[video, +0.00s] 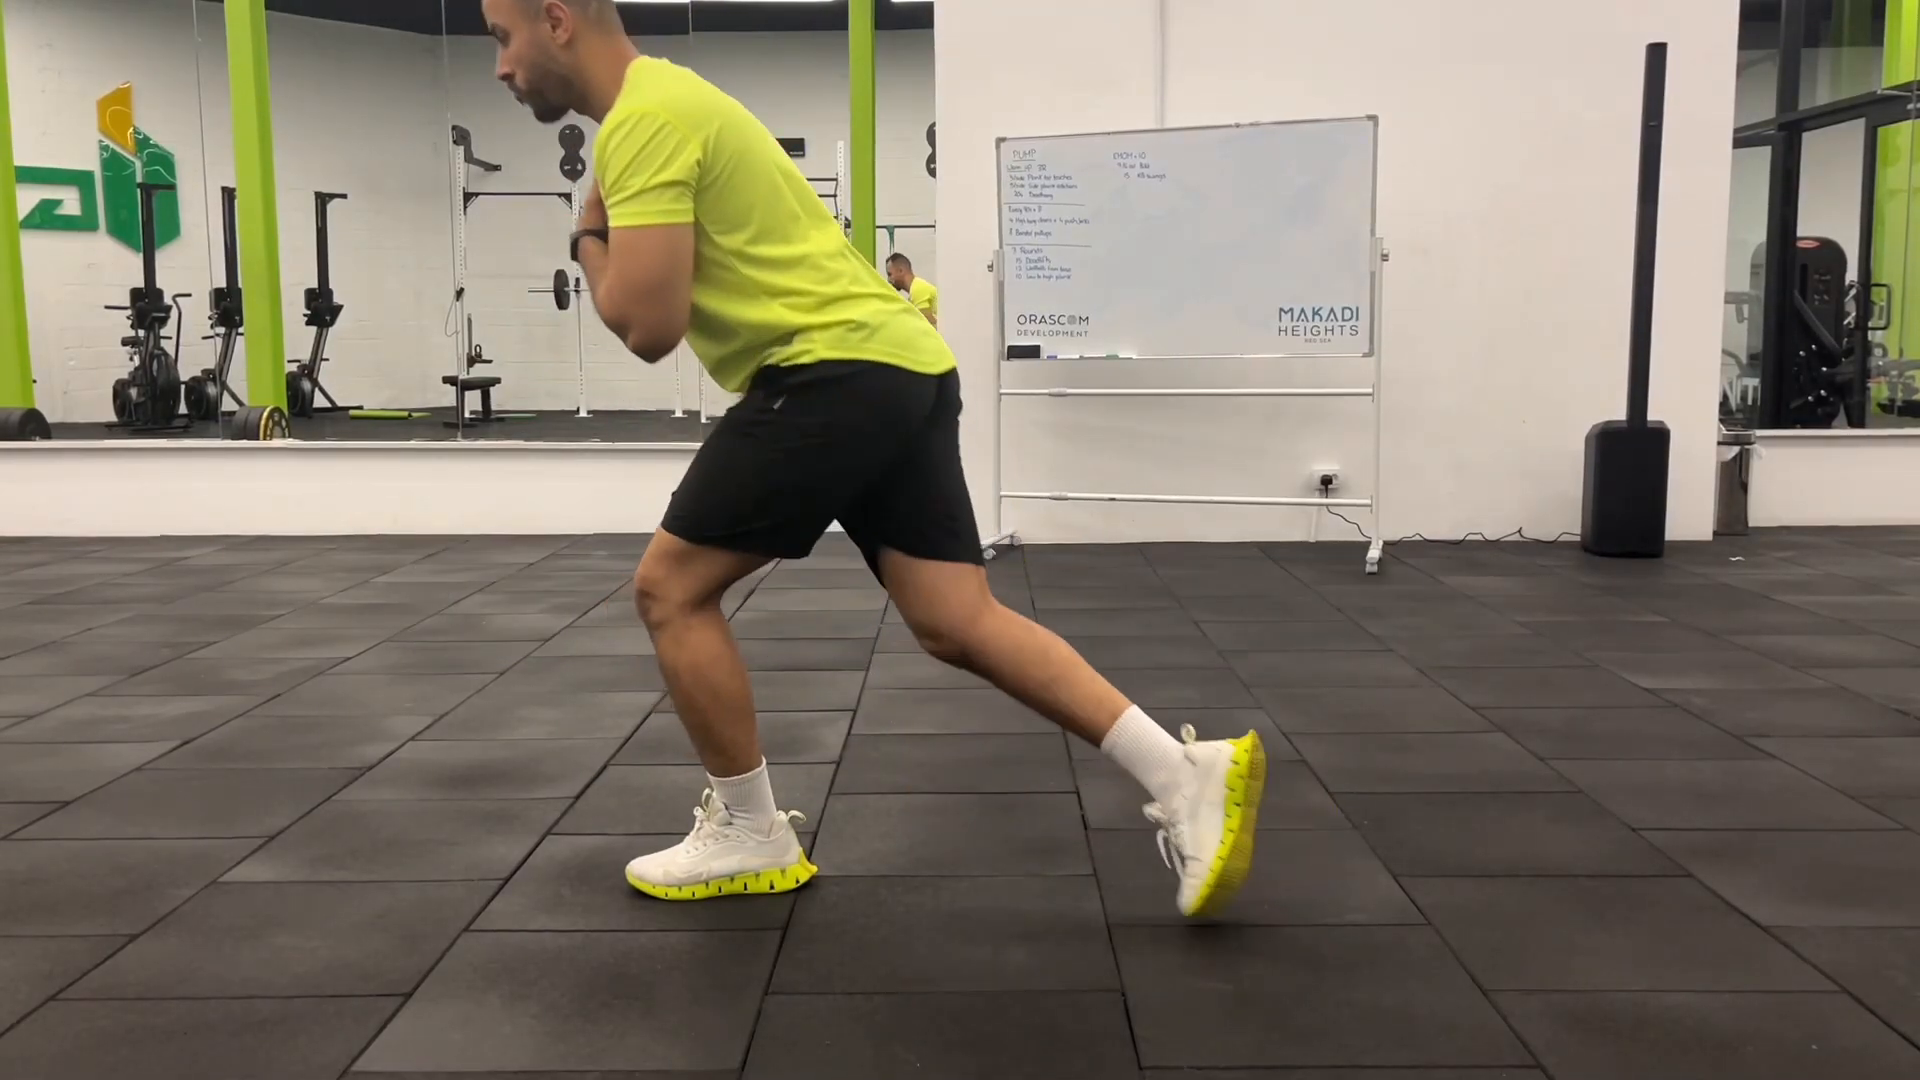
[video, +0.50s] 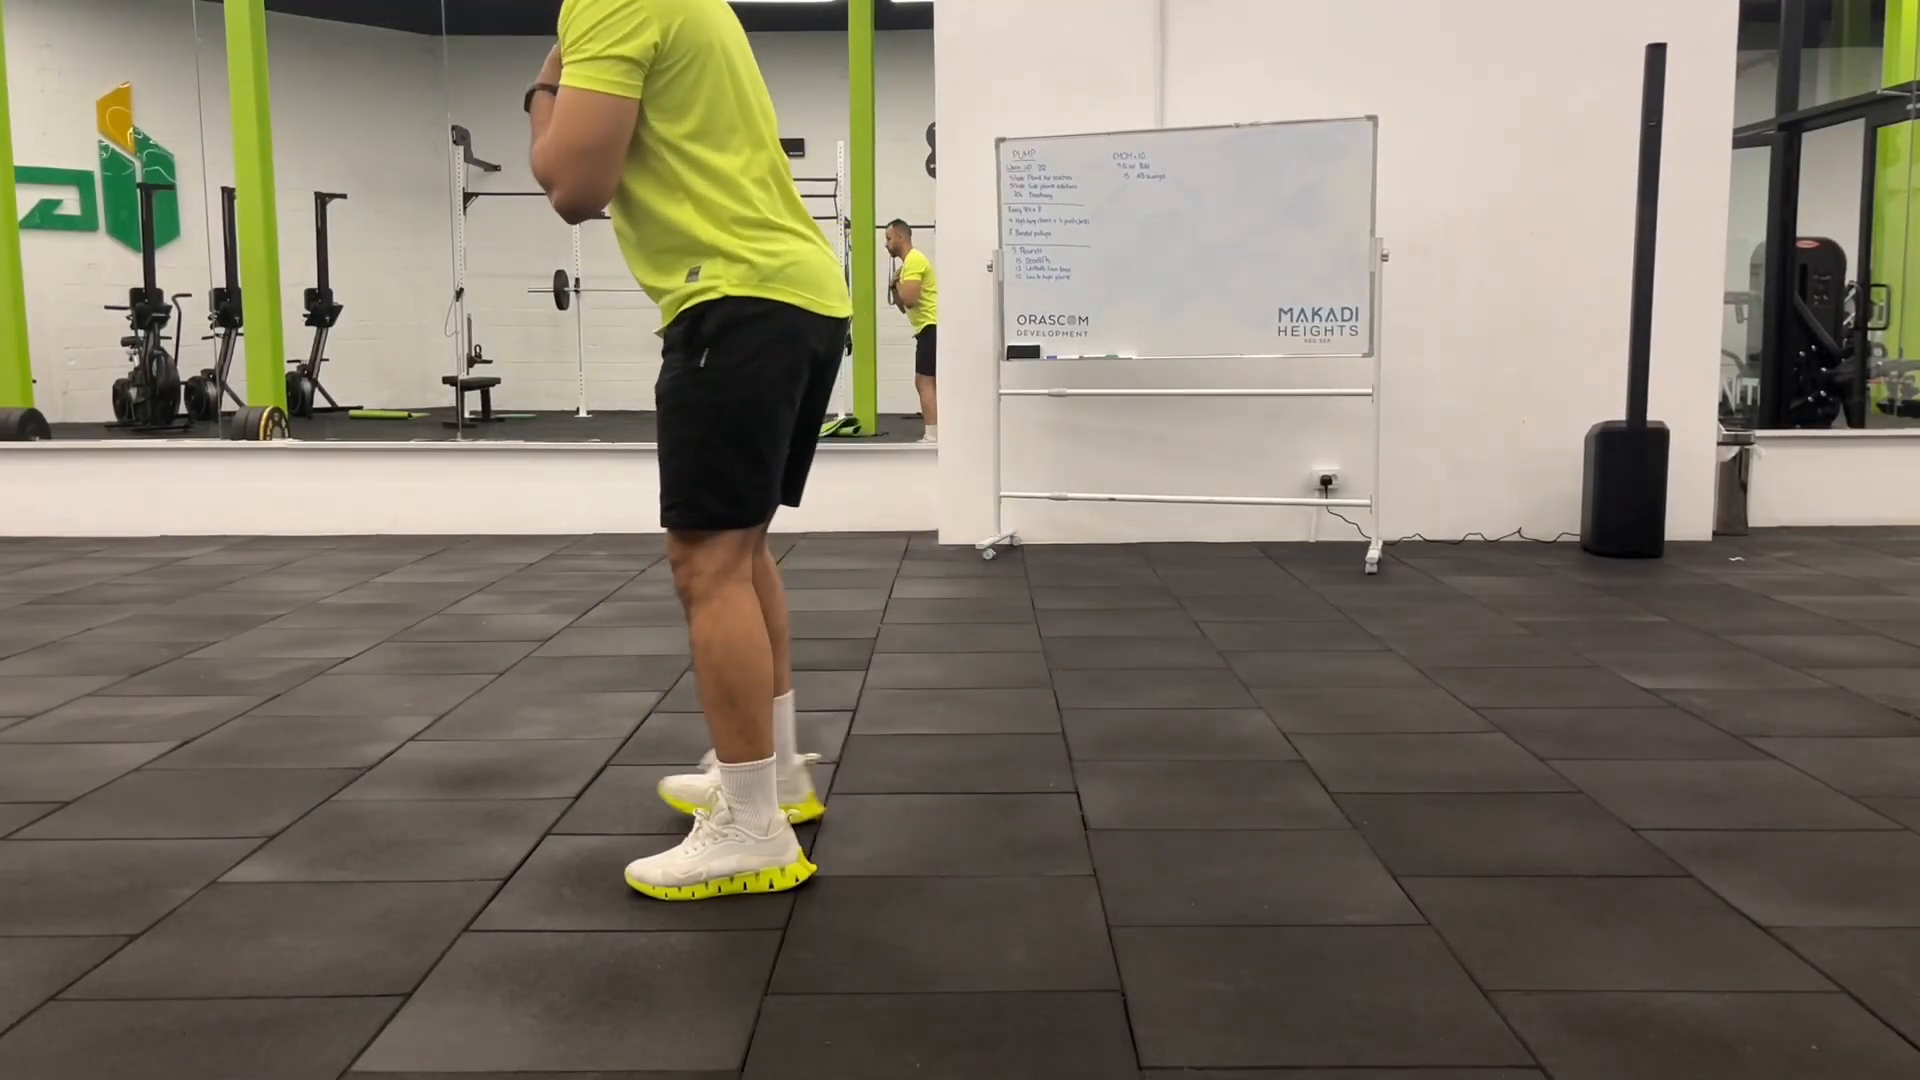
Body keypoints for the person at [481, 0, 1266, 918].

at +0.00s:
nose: (499, 67)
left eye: (502, 39)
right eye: (492, 42)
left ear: (560, 23)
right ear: (571, 27)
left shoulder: (650, 116)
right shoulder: (676, 104)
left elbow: (649, 326)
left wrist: (590, 248)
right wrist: (616, 247)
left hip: (827, 376)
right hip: (904, 368)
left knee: (671, 590)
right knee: (956, 620)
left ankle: (749, 829)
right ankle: (1182, 775)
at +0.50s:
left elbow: (575, 188)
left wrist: (544, 100)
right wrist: (564, 106)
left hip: (731, 300)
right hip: (794, 294)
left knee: (707, 564)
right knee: (742, 546)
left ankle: (749, 826)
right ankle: (780, 769)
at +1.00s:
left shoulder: (663, 9)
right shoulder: (633, 18)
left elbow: (595, 174)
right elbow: (604, 167)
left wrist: (557, 85)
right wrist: (576, 89)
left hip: (720, 305)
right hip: (685, 308)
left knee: (702, 555)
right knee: (667, 540)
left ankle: (757, 824)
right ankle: (730, 758)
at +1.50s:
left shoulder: (627, 10)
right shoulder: (665, 12)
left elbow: (596, 207)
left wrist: (547, 117)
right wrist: (582, 112)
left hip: (748, 308)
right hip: (794, 302)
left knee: (703, 574)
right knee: (750, 551)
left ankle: (749, 827)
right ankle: (804, 767)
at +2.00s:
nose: (460, 36)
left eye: (467, 9)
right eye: (455, 17)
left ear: (530, 1)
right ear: (543, 8)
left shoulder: (632, 89)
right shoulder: (641, 79)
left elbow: (641, 302)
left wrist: (561, 223)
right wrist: (590, 223)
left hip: (807, 357)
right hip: (877, 342)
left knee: (678, 592)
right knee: (950, 583)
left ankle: (747, 830)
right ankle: (1181, 730)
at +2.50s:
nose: (578, 193)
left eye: (585, 164)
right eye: (573, 168)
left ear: (649, 152)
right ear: (658, 154)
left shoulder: (741, 253)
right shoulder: (758, 237)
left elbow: (724, 465)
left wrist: (666, 379)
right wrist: (693, 383)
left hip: (887, 514)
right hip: (951, 518)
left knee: (640, 616)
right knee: (959, 787)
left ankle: (745, 834)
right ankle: (1232, 828)